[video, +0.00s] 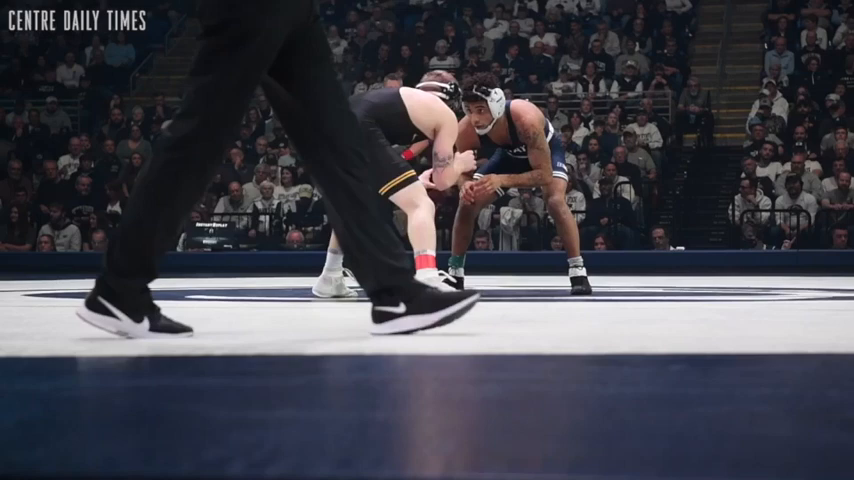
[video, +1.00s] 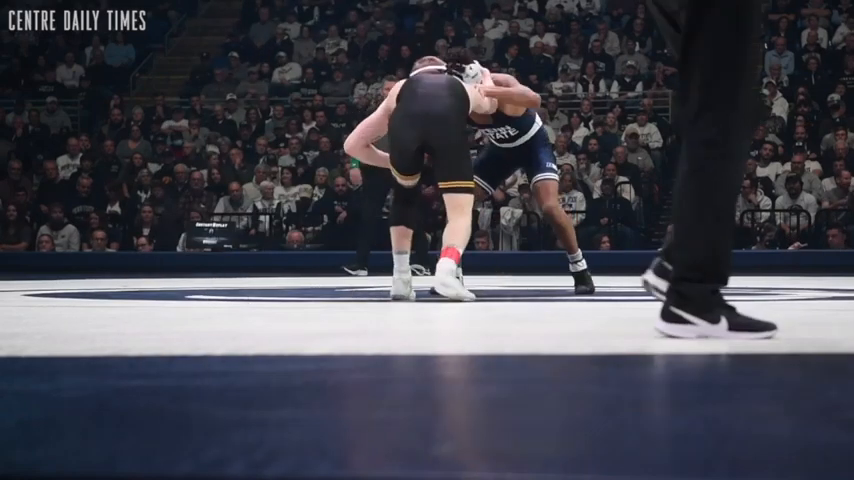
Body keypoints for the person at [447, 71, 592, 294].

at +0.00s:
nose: (474, 119)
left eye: (480, 111)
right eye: (470, 112)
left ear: (497, 108)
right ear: (465, 111)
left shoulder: (526, 118)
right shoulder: (466, 129)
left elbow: (544, 176)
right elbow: (460, 164)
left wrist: (500, 181)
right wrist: (464, 183)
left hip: (545, 151)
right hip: (508, 154)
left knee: (556, 201)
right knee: (467, 202)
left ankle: (577, 271)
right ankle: (454, 274)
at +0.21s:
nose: (481, 115)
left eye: (488, 109)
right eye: (477, 108)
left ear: (505, 107)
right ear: (473, 107)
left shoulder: (529, 118)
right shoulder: (473, 121)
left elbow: (548, 167)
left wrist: (508, 157)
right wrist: (480, 155)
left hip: (552, 148)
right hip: (514, 152)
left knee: (560, 201)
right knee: (475, 203)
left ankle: (579, 272)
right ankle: (457, 273)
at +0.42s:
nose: (474, 116)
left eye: (479, 108)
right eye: (468, 109)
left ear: (491, 108)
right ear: (461, 109)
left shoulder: (526, 118)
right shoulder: (467, 124)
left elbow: (566, 145)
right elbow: (462, 149)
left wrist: (528, 156)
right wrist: (489, 159)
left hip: (545, 151)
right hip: (500, 154)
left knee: (555, 202)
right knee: (467, 205)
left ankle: (577, 269)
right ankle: (455, 268)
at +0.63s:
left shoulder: (508, 113)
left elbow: (547, 114)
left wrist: (513, 117)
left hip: (536, 141)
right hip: (502, 151)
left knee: (549, 201)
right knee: (462, 202)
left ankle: (578, 269)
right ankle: (455, 274)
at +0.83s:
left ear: (447, 87)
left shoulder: (472, 101)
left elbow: (518, 116)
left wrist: (468, 111)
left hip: (524, 142)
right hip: (492, 154)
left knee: (534, 192)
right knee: (450, 202)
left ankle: (581, 262)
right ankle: (450, 273)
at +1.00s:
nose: (472, 91)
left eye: (473, 84)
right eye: (466, 87)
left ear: (481, 78)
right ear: (458, 87)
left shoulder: (501, 81)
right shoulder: (459, 102)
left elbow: (534, 100)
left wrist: (491, 89)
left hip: (532, 144)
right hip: (499, 150)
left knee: (549, 206)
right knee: (462, 197)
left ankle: (579, 269)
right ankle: (452, 269)